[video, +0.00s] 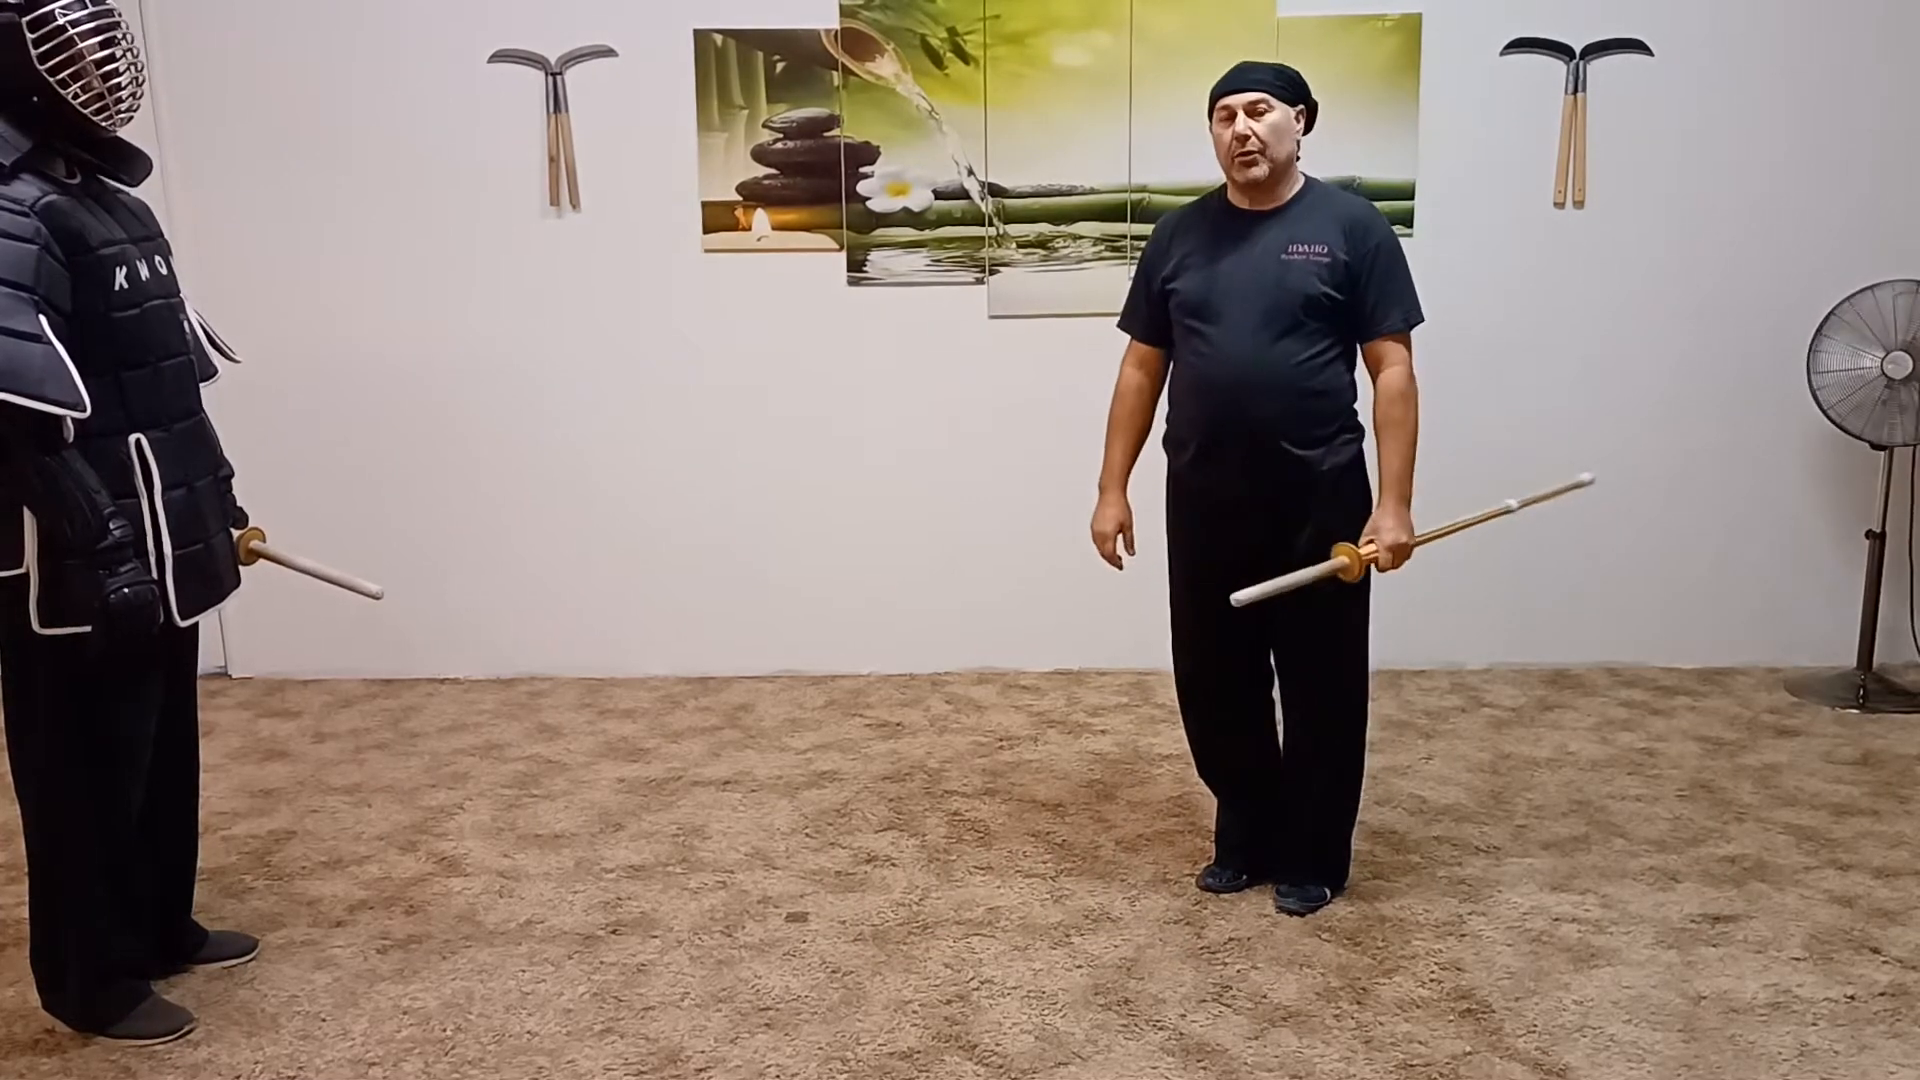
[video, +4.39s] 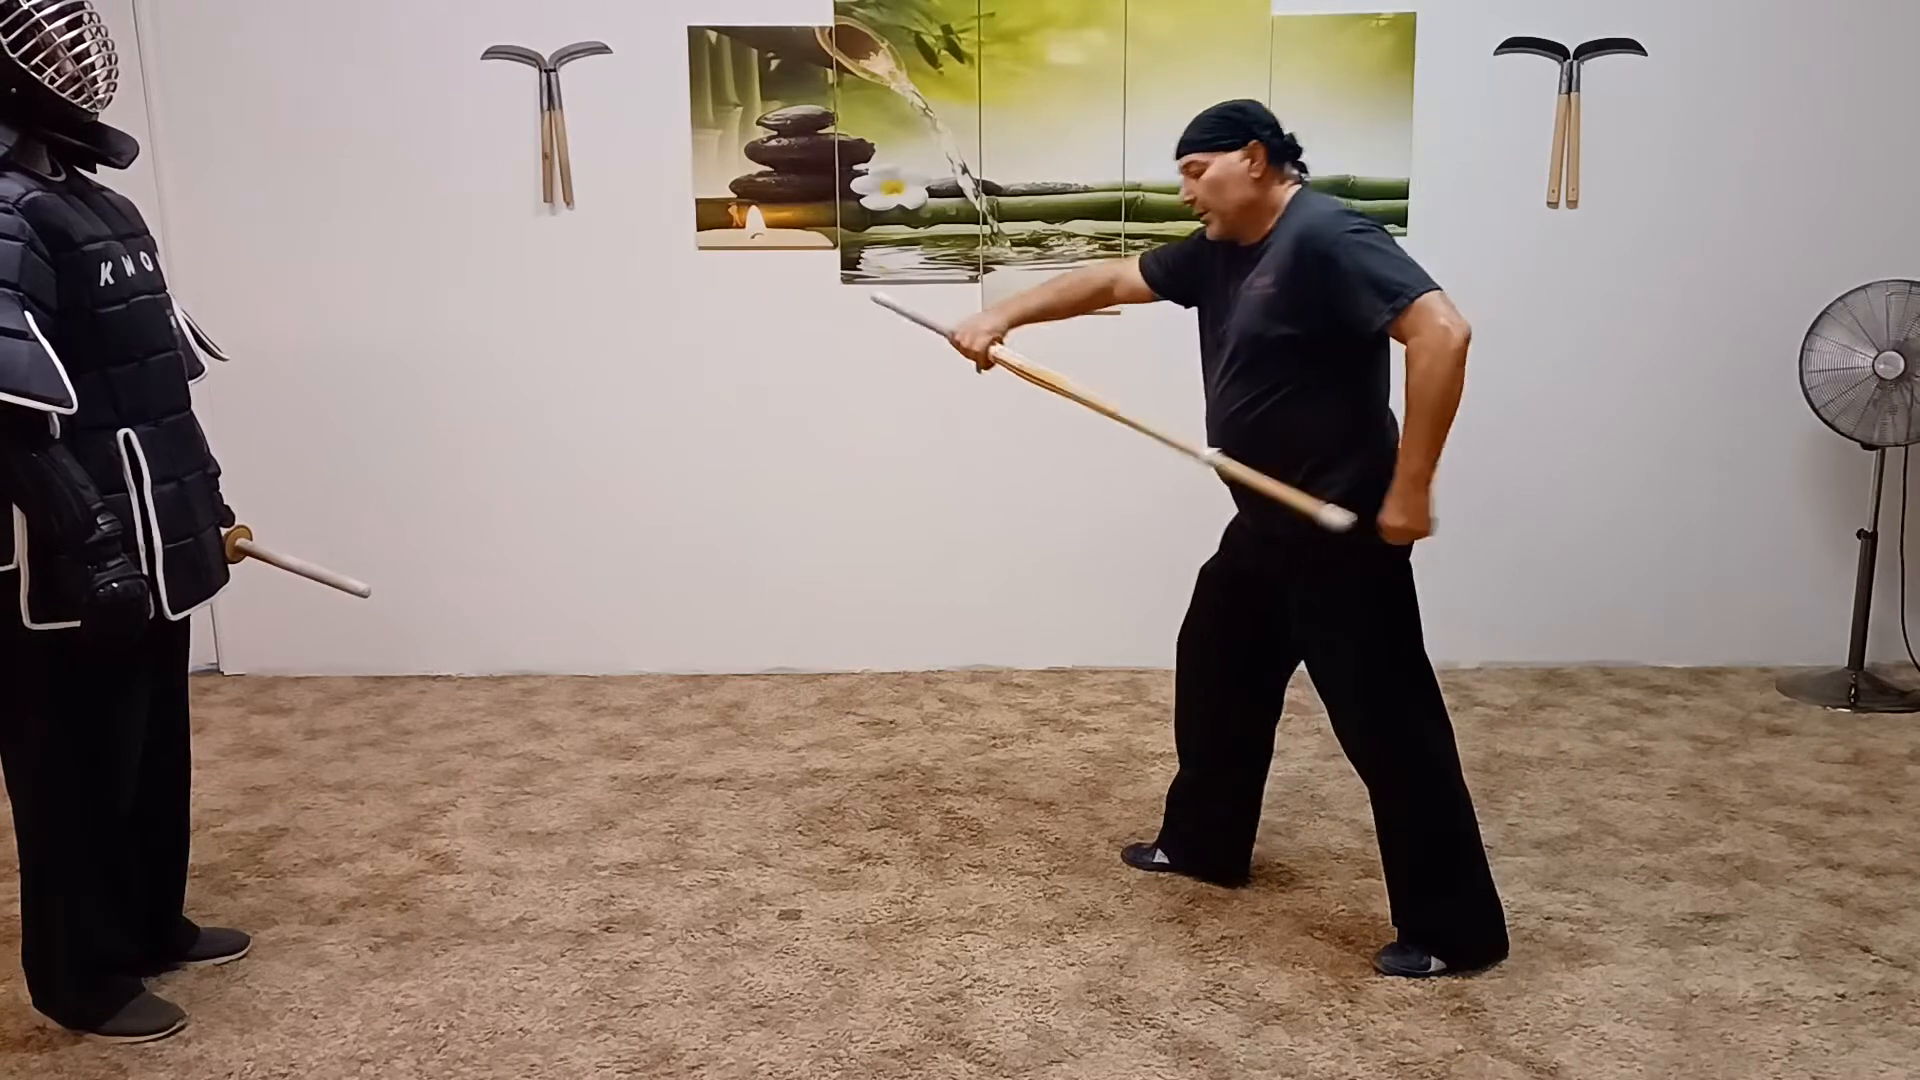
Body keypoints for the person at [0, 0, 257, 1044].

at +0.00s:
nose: (118, 76)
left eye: (116, 56)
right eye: (93, 59)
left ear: (107, 72)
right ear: (40, 75)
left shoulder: (121, 202)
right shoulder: (20, 211)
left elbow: (173, 381)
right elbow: (24, 404)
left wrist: (218, 506)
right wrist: (97, 538)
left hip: (158, 543)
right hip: (70, 557)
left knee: (160, 752)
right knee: (85, 772)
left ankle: (161, 933)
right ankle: (88, 982)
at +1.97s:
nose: (92, 82)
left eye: (87, 66)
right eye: (73, 67)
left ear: (53, 86)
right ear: (31, 83)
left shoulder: (101, 210)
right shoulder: (10, 220)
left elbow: (151, 381)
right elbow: (24, 417)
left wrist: (198, 505)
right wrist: (90, 549)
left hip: (145, 548)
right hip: (60, 567)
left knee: (150, 750)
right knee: (75, 772)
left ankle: (156, 931)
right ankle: (82, 981)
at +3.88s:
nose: (95, 80)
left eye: (90, 63)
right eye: (77, 65)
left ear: (52, 82)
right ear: (36, 79)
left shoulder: (107, 206)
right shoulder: (8, 210)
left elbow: (160, 380)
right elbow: (21, 408)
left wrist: (206, 503)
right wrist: (89, 541)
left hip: (149, 543)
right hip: (59, 558)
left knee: (150, 746)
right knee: (74, 766)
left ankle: (151, 928)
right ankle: (78, 979)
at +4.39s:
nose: (94, 75)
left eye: (89, 58)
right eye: (74, 60)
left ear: (56, 77)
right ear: (33, 76)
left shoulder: (106, 205)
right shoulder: (10, 211)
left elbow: (161, 381)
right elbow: (21, 407)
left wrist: (205, 505)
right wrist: (94, 538)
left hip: (149, 545)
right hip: (61, 560)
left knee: (151, 747)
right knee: (75, 769)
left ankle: (152, 928)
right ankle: (79, 981)